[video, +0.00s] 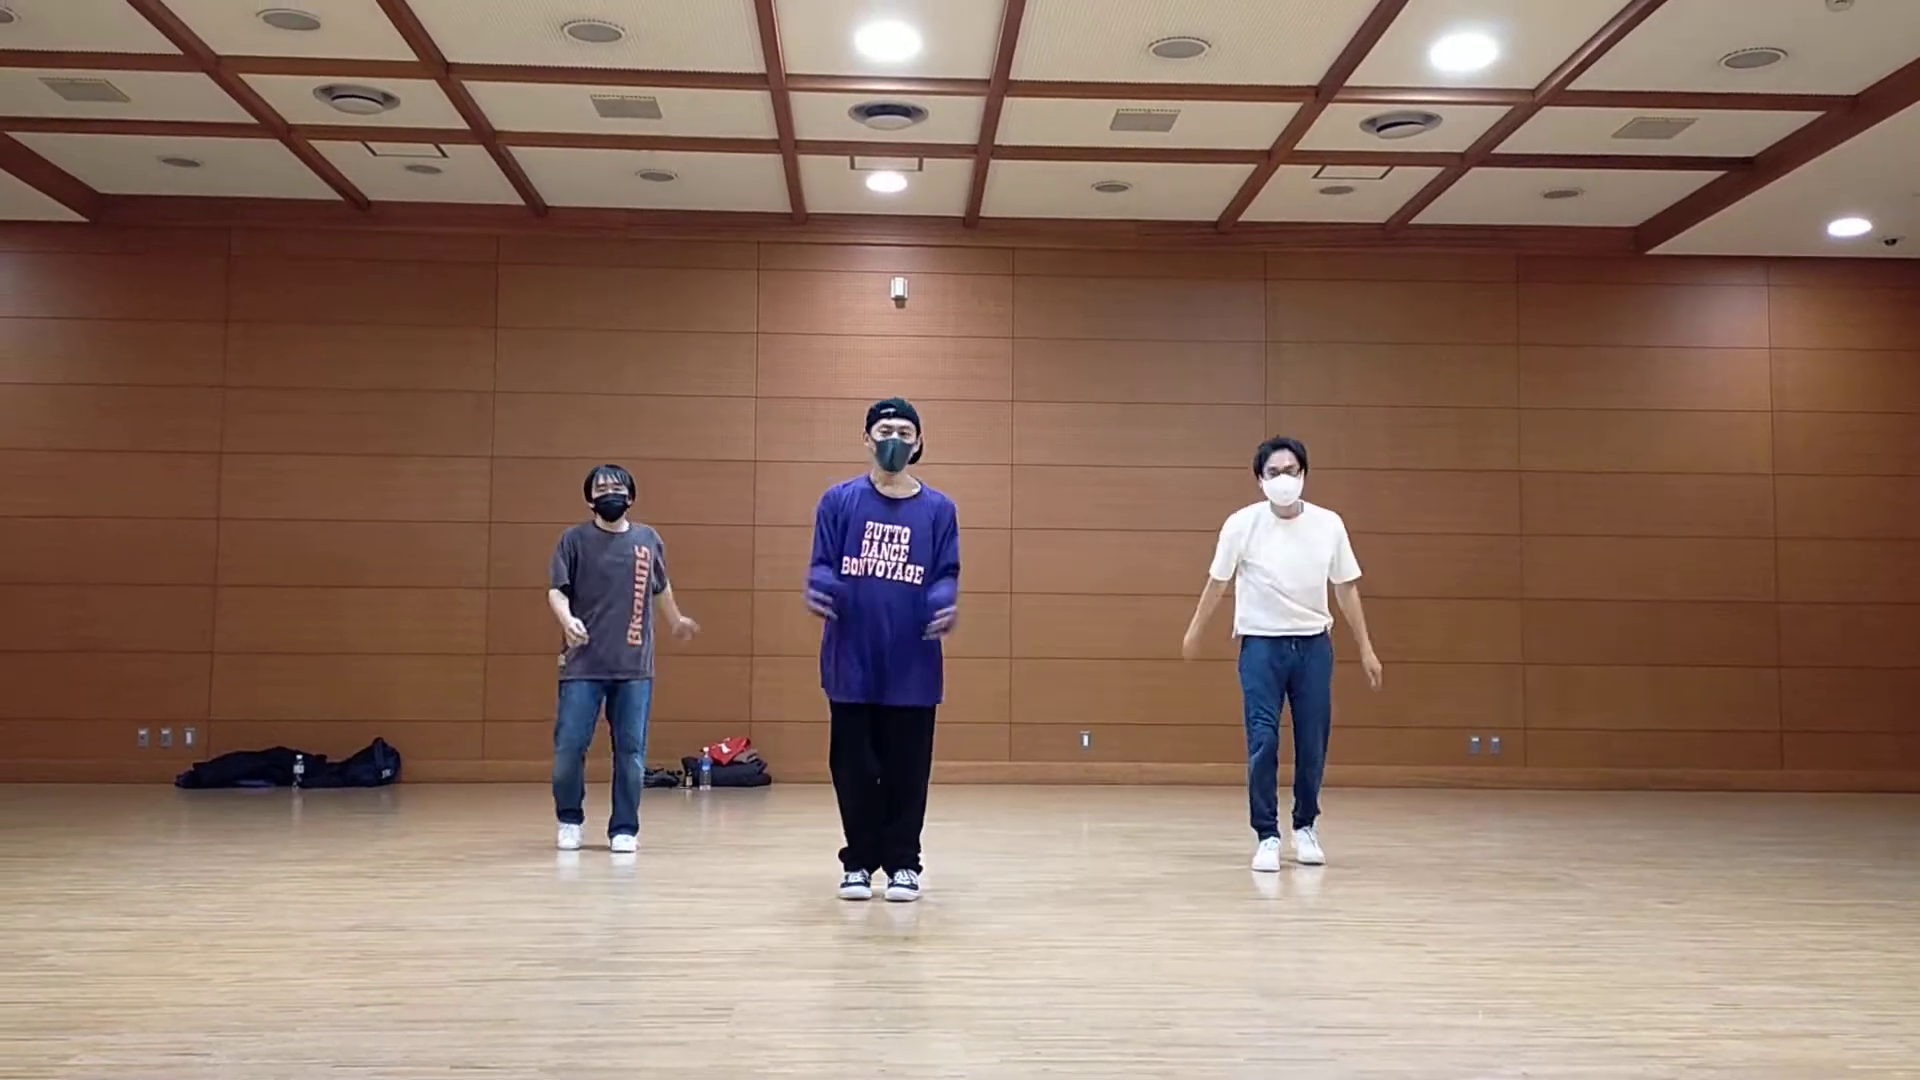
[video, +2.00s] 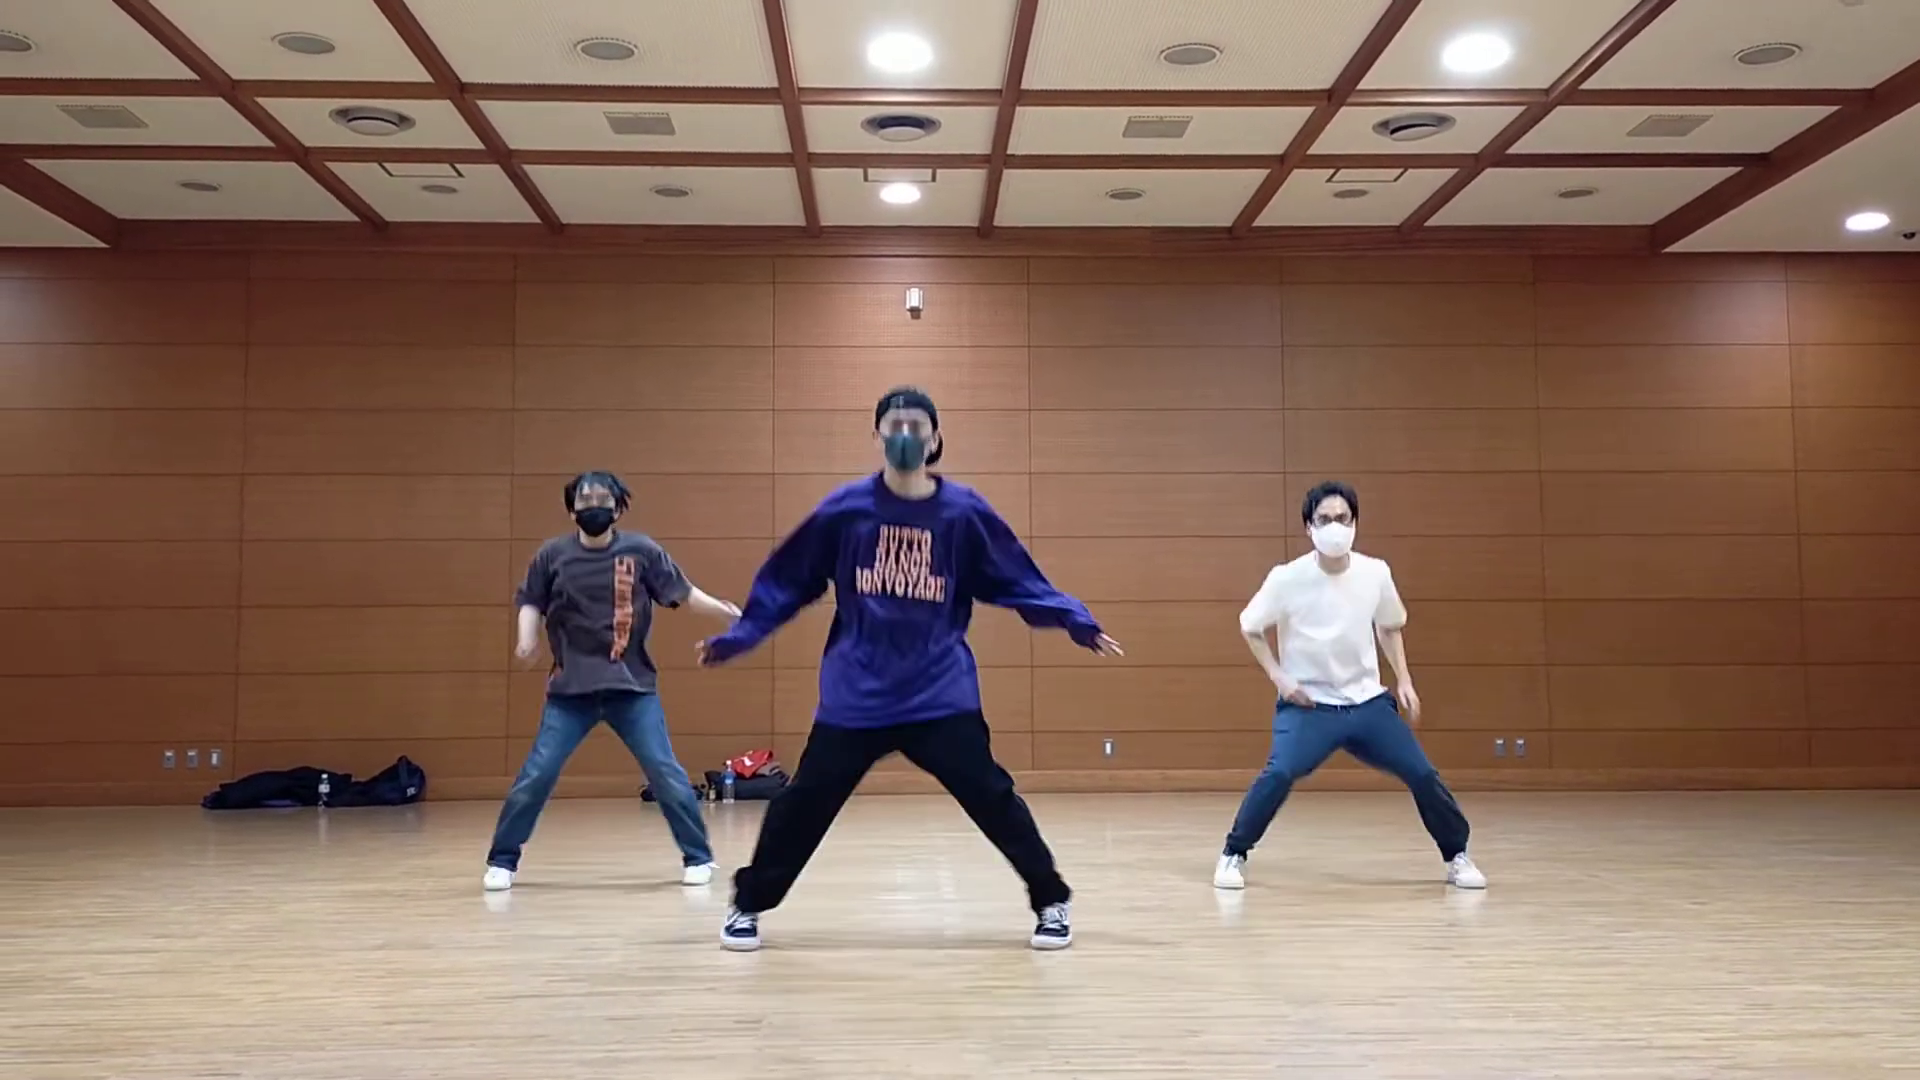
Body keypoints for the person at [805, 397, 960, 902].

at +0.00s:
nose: (894, 437)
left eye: (904, 431)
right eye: (885, 430)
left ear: (917, 444)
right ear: (868, 440)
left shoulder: (939, 508)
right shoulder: (838, 500)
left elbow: (946, 573)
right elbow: (821, 567)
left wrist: (942, 606)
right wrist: (819, 591)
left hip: (912, 663)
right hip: (851, 659)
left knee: (907, 766)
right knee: (854, 764)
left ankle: (904, 865)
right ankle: (858, 864)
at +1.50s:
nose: (896, 431)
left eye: (906, 423)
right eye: (886, 424)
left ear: (924, 435)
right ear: (871, 435)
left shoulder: (950, 491)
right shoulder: (844, 492)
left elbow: (958, 560)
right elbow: (832, 561)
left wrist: (906, 586)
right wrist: (884, 587)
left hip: (929, 663)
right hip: (863, 665)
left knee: (924, 774)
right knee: (877, 776)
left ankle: (923, 888)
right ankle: (875, 896)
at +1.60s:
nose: (898, 438)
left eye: (909, 431)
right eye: (888, 431)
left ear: (926, 446)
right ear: (872, 444)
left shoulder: (956, 518)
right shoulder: (845, 517)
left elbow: (962, 609)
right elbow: (841, 611)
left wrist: (931, 676)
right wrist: (878, 679)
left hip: (929, 683)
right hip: (861, 684)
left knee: (917, 781)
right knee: (873, 787)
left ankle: (914, 897)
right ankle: (875, 901)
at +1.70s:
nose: (902, 416)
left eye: (912, 410)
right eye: (891, 410)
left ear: (930, 428)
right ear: (875, 427)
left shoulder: (956, 500)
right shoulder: (847, 498)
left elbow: (973, 590)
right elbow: (830, 584)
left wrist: (956, 653)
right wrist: (863, 638)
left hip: (929, 674)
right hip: (864, 673)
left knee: (923, 790)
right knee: (868, 792)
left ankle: (920, 893)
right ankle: (876, 900)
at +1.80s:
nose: (904, 389)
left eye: (915, 382)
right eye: (894, 382)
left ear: (933, 401)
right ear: (877, 399)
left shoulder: (957, 471)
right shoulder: (849, 468)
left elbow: (981, 550)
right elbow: (813, 539)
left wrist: (992, 605)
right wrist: (809, 586)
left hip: (933, 647)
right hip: (862, 648)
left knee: (942, 767)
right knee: (858, 768)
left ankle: (947, 886)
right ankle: (857, 888)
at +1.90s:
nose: (906, 390)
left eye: (917, 383)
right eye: (895, 383)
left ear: (934, 403)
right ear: (878, 401)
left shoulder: (961, 474)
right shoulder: (844, 471)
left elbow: (999, 550)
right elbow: (794, 539)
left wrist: (1044, 596)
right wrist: (756, 594)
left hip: (933, 653)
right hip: (858, 654)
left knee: (968, 766)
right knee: (833, 773)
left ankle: (1003, 883)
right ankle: (804, 884)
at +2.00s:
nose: (903, 426)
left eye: (915, 420)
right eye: (893, 419)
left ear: (934, 439)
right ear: (877, 436)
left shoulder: (964, 511)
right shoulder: (845, 509)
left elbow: (1018, 580)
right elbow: (787, 580)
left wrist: (1073, 617)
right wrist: (741, 636)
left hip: (938, 687)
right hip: (857, 687)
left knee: (986, 791)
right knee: (809, 798)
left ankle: (1051, 900)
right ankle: (747, 904)